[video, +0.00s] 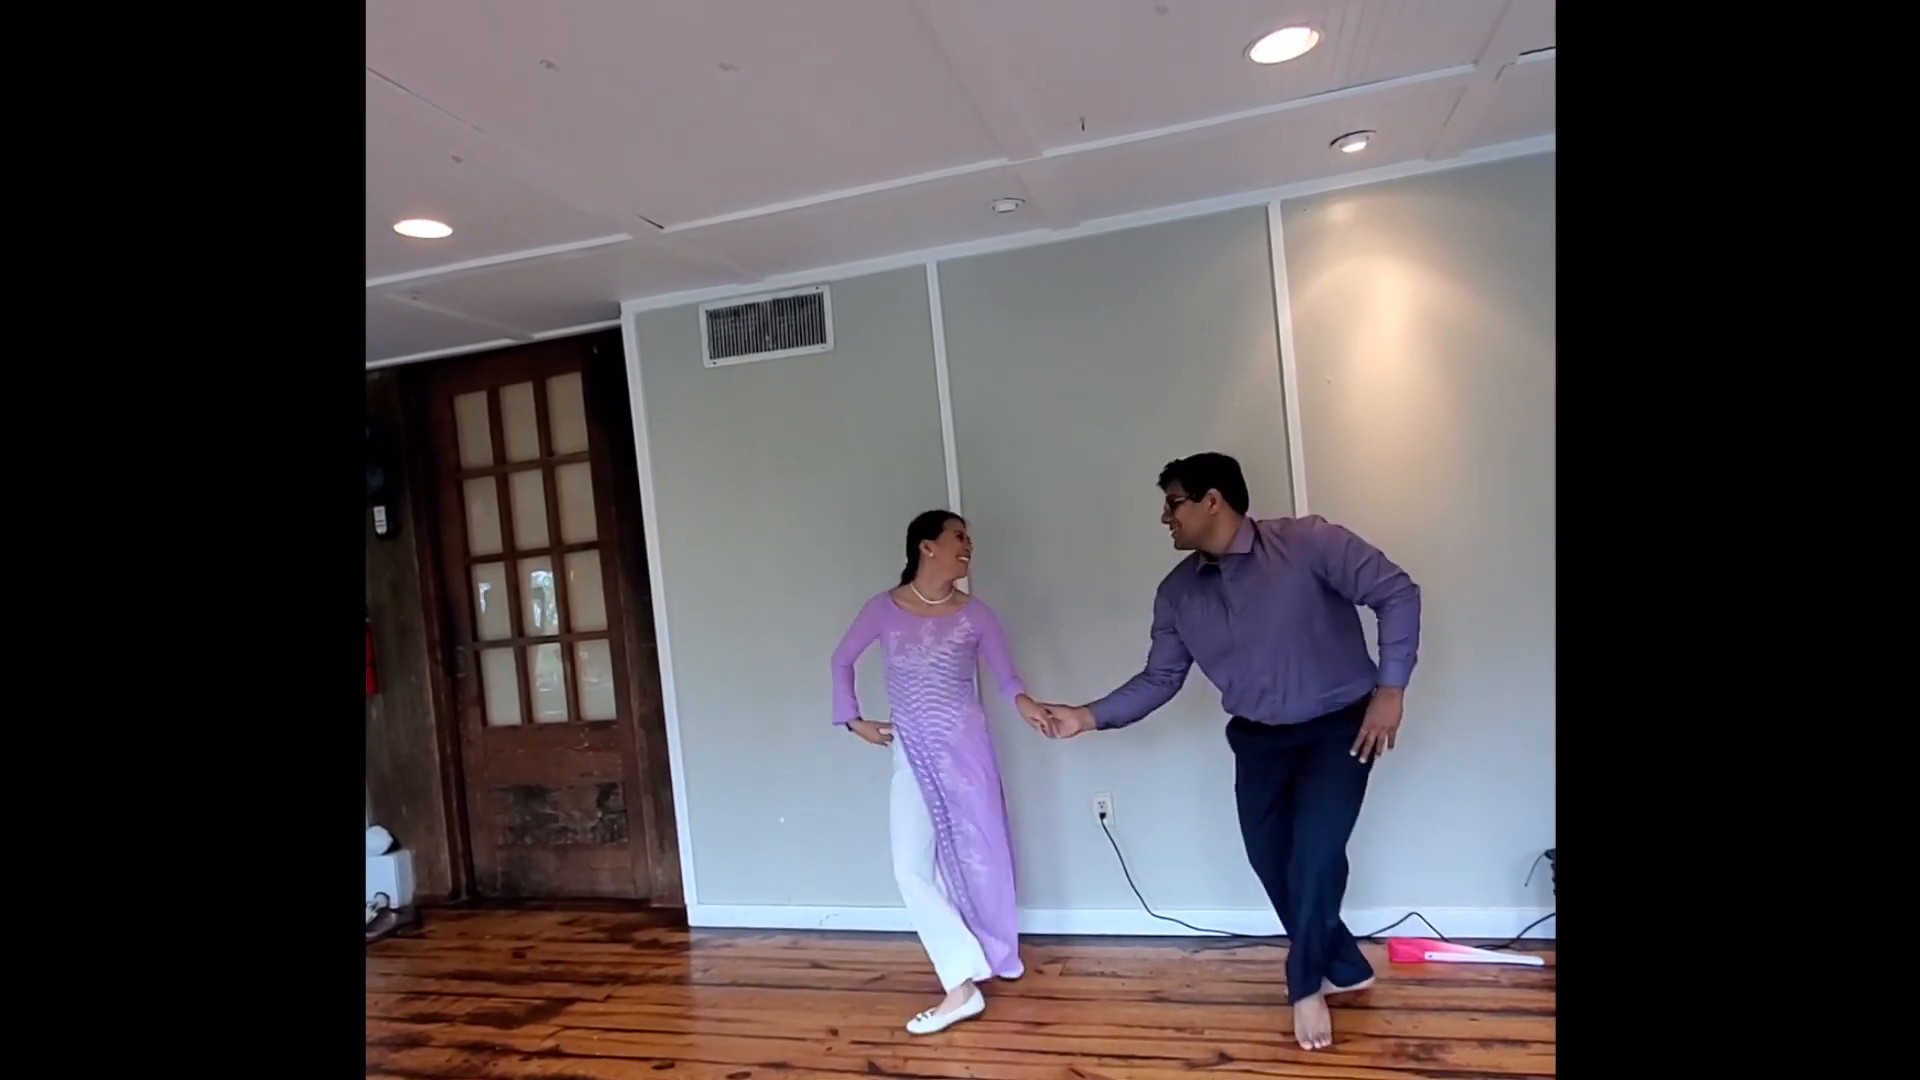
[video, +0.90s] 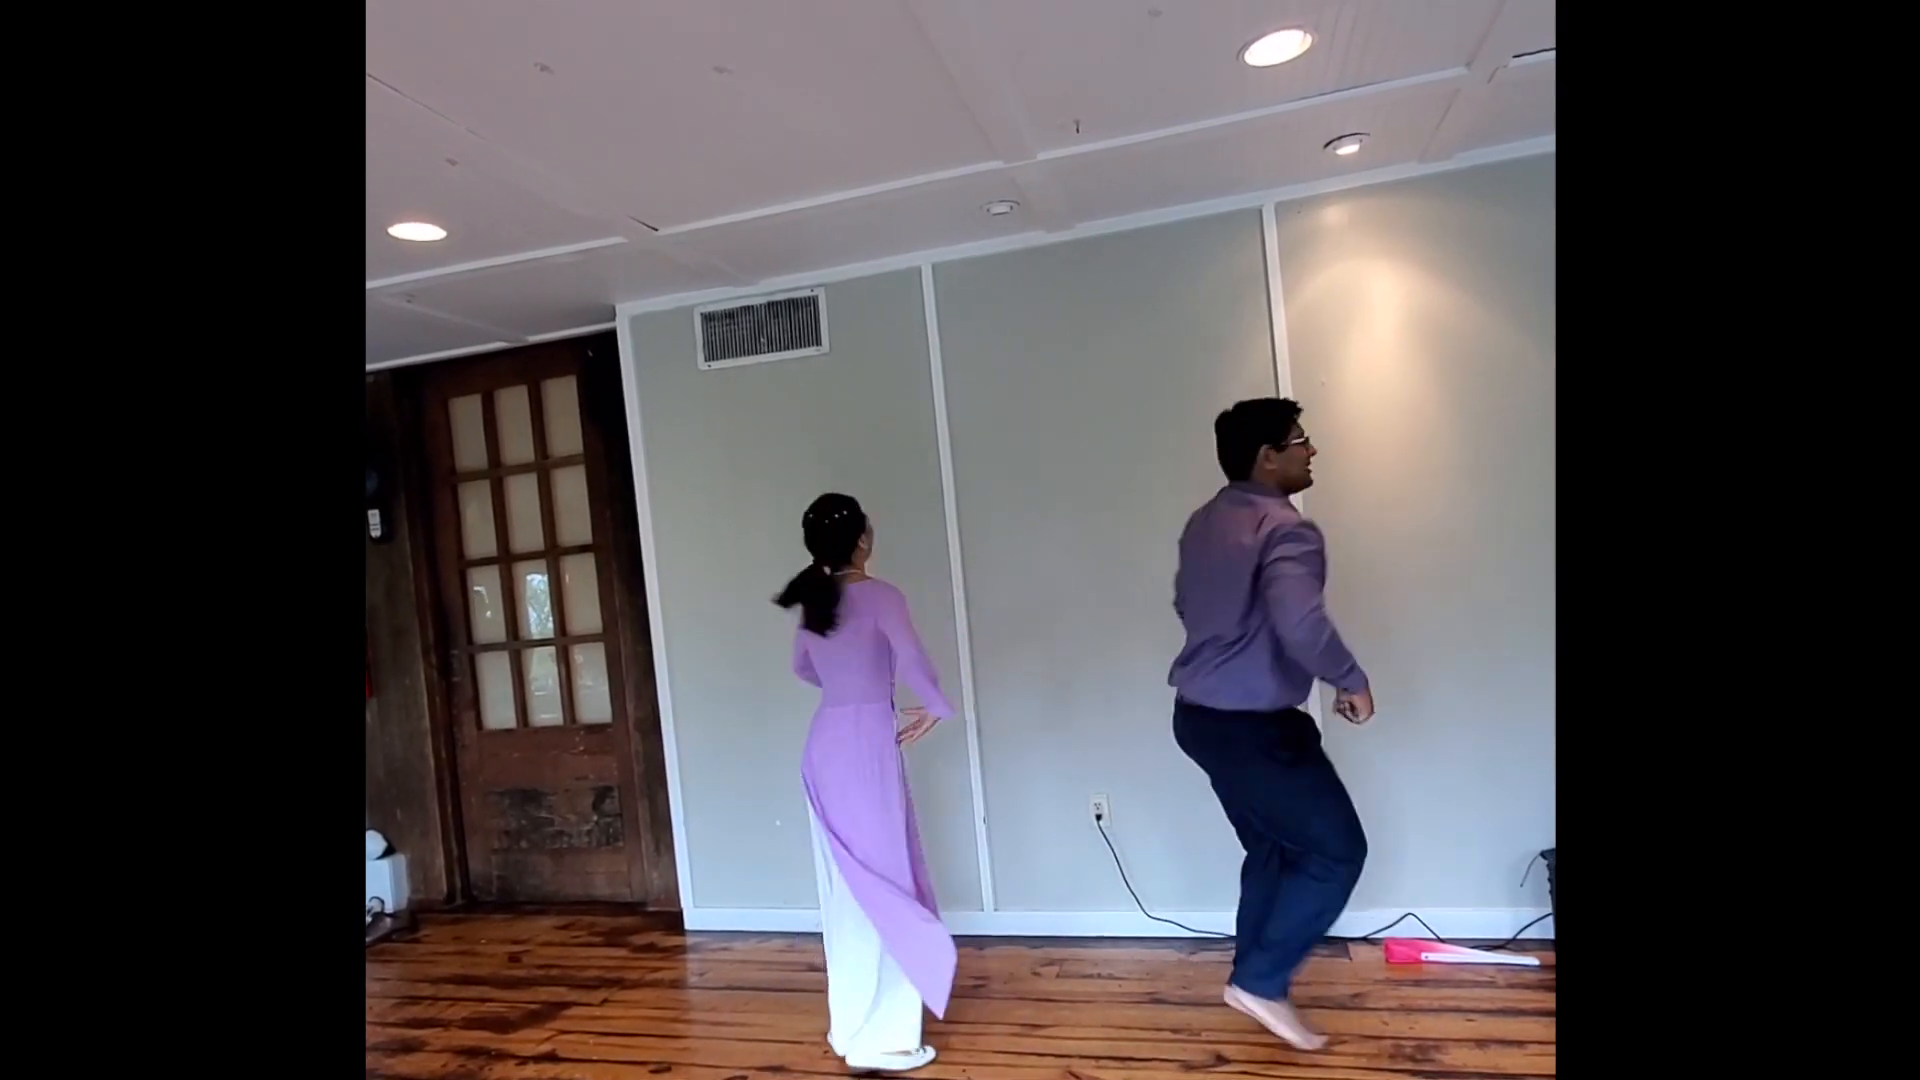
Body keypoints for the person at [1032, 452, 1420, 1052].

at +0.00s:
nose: (1165, 519)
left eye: (1173, 506)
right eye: (1164, 508)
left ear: (1214, 502)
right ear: (1202, 507)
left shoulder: (1307, 542)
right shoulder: (1179, 593)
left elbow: (1398, 592)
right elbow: (1160, 678)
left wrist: (1391, 692)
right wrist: (1087, 715)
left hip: (1337, 723)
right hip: (1257, 736)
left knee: (1317, 852)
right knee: (1269, 859)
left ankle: (1306, 988)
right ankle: (1345, 964)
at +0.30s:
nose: (1186, 496)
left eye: (1198, 480)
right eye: (1179, 487)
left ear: (1242, 482)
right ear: (1183, 499)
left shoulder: (1319, 531)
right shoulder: (1178, 573)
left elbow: (1378, 591)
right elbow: (1112, 619)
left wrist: (1395, 676)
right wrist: (1024, 639)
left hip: (1329, 730)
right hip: (1246, 739)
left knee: (1331, 867)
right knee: (1273, 868)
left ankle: (1311, 995)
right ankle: (1294, 954)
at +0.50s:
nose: (1206, 491)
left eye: (1217, 476)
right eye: (1197, 484)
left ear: (1260, 473)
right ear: (1197, 494)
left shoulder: (1322, 521)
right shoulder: (1199, 555)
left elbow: (1356, 581)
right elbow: (1152, 596)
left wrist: (1364, 658)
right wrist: (1103, 597)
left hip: (1305, 725)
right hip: (1226, 732)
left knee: (1313, 850)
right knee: (1252, 859)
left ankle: (1268, 979)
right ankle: (1281, 962)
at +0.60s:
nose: (1230, 491)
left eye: (1243, 476)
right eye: (1219, 482)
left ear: (1278, 479)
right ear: (1213, 492)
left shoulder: (1319, 533)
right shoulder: (1206, 558)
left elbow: (1333, 615)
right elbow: (1162, 644)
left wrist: (1331, 688)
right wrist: (1189, 624)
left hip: (1298, 735)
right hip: (1220, 743)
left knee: (1302, 866)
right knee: (1239, 873)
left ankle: (1261, 991)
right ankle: (1266, 959)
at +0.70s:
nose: (1264, 484)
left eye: (1274, 469)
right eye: (1246, 477)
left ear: (1290, 476)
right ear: (1225, 491)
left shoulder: (1301, 542)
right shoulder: (1218, 567)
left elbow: (1294, 629)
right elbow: (1208, 657)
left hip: (1290, 728)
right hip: (1222, 737)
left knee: (1296, 871)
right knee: (1263, 872)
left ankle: (1259, 994)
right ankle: (1218, 938)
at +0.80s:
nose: (1298, 466)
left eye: (1299, 455)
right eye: (1281, 460)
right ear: (1240, 480)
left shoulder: (1255, 527)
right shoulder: (1249, 553)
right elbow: (1259, 651)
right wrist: (1349, 693)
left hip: (1265, 720)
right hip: (1231, 729)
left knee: (1289, 857)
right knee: (1317, 862)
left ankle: (1261, 993)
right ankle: (1216, 949)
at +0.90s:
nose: (1309, 449)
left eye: (1304, 438)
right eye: (1297, 441)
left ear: (1247, 458)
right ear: (1265, 456)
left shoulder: (1203, 521)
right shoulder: (1287, 529)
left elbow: (1188, 602)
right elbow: (1299, 626)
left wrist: (1241, 652)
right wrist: (1349, 676)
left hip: (1203, 717)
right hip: (1259, 720)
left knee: (1269, 846)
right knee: (1337, 849)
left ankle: (1254, 978)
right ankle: (1262, 984)